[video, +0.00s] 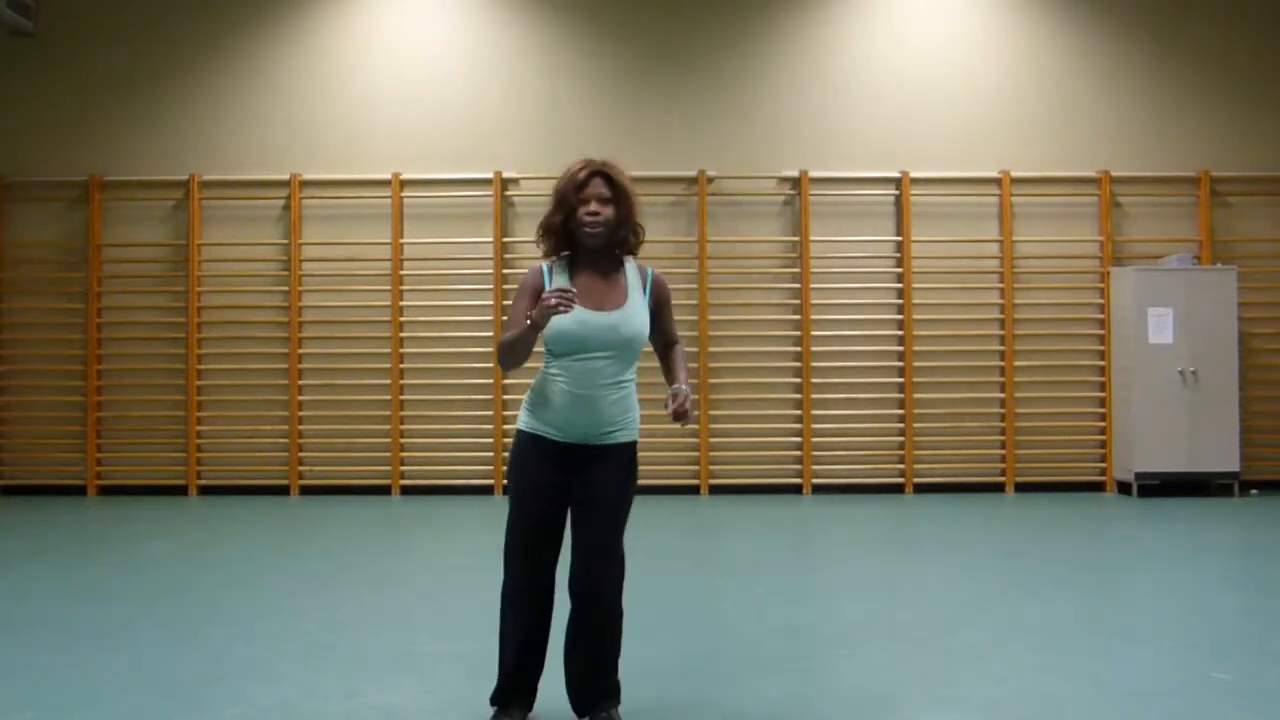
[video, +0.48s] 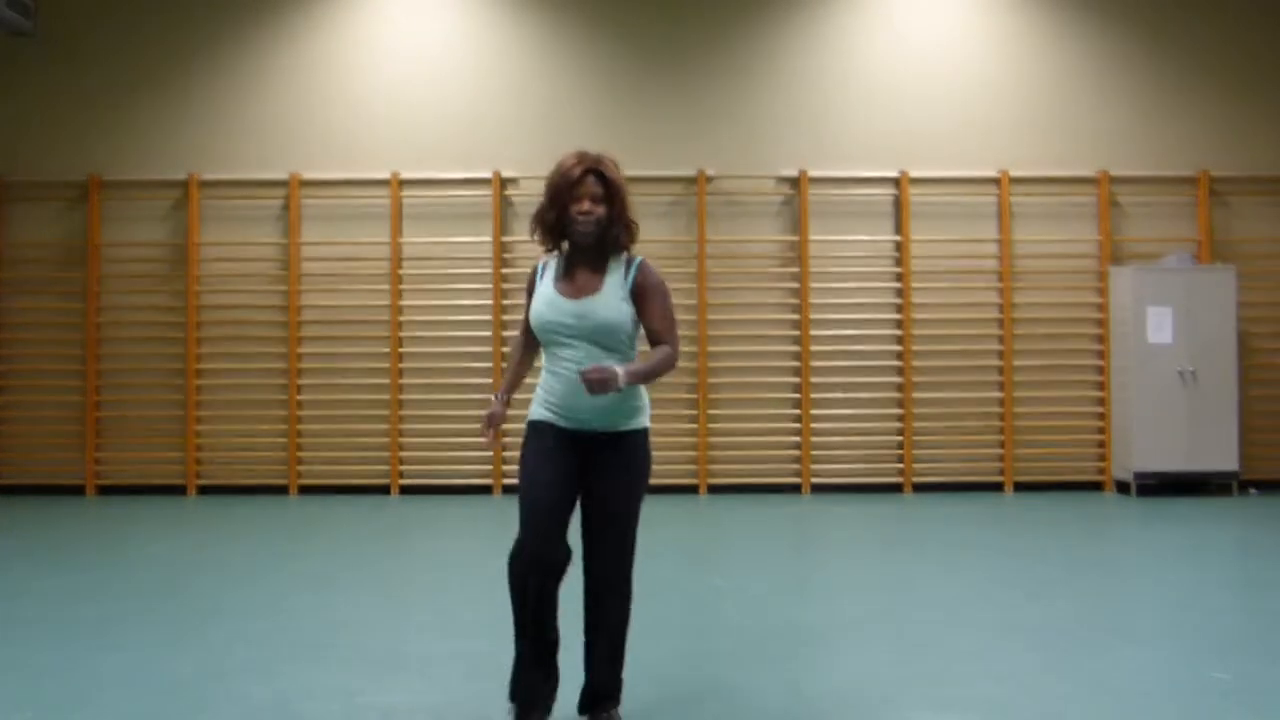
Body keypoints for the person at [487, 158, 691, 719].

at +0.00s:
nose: (595, 210)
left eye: (606, 201)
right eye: (583, 201)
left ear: (622, 211)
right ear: (567, 213)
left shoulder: (647, 283)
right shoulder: (543, 276)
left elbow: (668, 344)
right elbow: (508, 358)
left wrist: (679, 384)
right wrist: (536, 322)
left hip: (612, 445)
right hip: (542, 442)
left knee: (599, 579)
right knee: (526, 576)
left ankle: (599, 705)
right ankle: (512, 704)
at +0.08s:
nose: (592, 211)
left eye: (603, 202)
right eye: (580, 202)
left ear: (618, 213)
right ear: (564, 215)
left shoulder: (645, 284)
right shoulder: (540, 281)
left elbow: (662, 347)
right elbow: (512, 363)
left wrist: (675, 394)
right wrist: (536, 342)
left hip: (610, 446)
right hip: (540, 442)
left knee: (600, 577)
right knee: (524, 575)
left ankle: (601, 704)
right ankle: (512, 704)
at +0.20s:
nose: (588, 223)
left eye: (598, 213)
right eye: (577, 214)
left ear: (613, 222)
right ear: (560, 223)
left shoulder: (640, 289)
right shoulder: (537, 292)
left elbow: (658, 362)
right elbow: (521, 368)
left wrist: (664, 416)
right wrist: (530, 413)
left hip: (613, 459)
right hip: (544, 456)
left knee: (602, 585)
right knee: (528, 584)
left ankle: (600, 707)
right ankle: (511, 706)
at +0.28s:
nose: (586, 225)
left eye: (596, 215)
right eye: (575, 216)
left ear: (612, 223)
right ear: (559, 223)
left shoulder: (643, 288)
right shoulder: (538, 292)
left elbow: (660, 361)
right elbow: (524, 372)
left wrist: (654, 405)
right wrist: (519, 437)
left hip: (619, 453)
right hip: (551, 450)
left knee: (607, 579)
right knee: (533, 576)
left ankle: (602, 704)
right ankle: (511, 702)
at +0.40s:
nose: (586, 214)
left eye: (596, 205)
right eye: (576, 205)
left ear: (612, 213)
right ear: (560, 213)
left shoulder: (641, 281)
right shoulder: (540, 282)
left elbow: (669, 355)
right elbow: (525, 357)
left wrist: (638, 390)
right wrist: (508, 416)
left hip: (619, 444)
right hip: (550, 441)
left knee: (610, 576)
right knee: (529, 561)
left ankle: (602, 703)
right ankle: (521, 694)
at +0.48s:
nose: (587, 209)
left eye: (597, 200)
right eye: (576, 200)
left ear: (612, 208)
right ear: (559, 209)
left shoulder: (638, 274)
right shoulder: (543, 273)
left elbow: (668, 350)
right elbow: (528, 339)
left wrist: (624, 374)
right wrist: (502, 398)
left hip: (619, 439)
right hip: (551, 433)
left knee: (608, 573)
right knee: (535, 554)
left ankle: (602, 703)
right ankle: (531, 699)